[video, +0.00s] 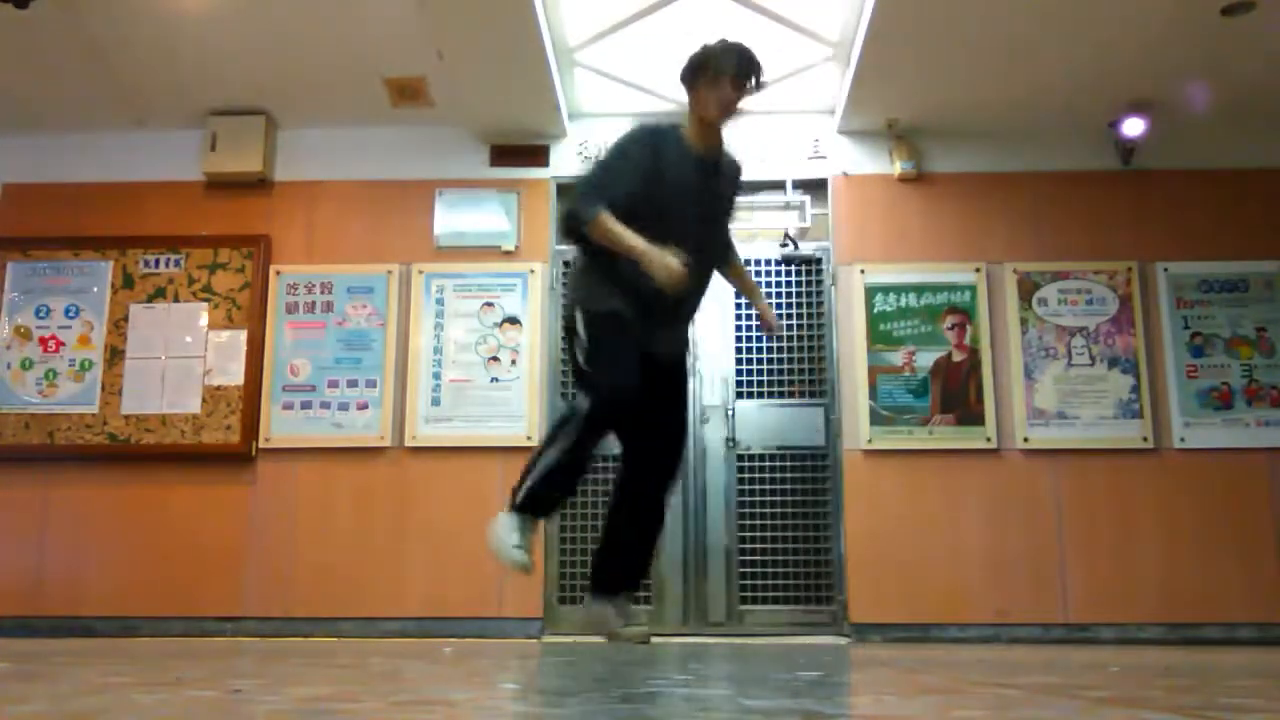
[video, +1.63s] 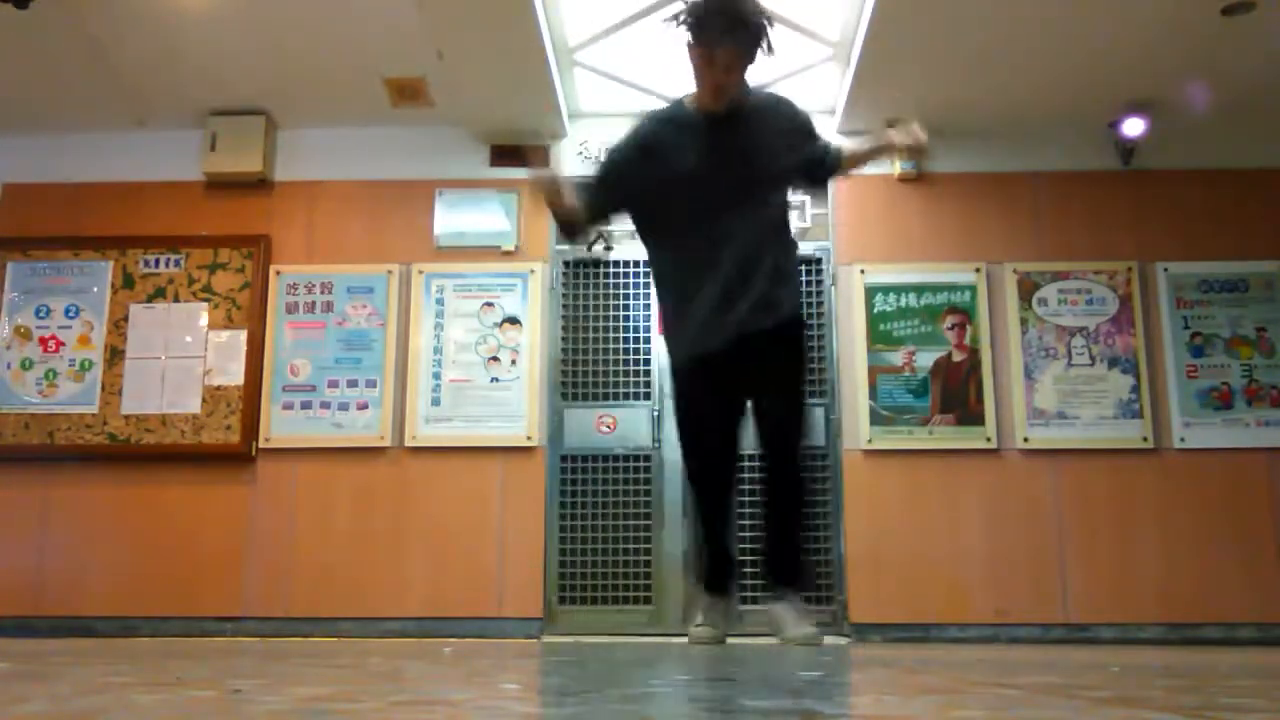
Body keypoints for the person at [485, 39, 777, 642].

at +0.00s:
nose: (730, 99)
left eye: (738, 89)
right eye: (721, 85)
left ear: (743, 97)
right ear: (693, 85)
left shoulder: (724, 171)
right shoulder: (647, 143)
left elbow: (715, 243)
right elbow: (583, 209)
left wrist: (757, 299)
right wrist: (647, 251)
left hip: (665, 322)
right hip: (607, 305)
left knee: (656, 454)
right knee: (611, 400)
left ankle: (609, 595)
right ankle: (521, 515)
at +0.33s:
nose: (656, 83)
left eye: (665, 69)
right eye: (644, 69)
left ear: (676, 69)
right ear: (620, 68)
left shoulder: (693, 152)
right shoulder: (576, 151)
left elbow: (714, 250)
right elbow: (523, 242)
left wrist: (713, 229)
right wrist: (555, 243)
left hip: (661, 340)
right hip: (585, 340)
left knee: (657, 475)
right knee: (587, 469)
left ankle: (575, 550)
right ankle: (567, 607)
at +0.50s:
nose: (640, 105)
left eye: (649, 92)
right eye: (629, 92)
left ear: (662, 79)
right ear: (606, 82)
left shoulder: (691, 130)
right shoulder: (575, 147)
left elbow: (719, 205)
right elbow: (520, 249)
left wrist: (738, 192)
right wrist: (531, 201)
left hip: (677, 320)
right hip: (601, 325)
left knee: (678, 451)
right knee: (593, 452)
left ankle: (633, 549)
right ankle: (569, 588)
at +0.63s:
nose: (651, 90)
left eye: (660, 77)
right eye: (637, 80)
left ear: (674, 59)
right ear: (615, 68)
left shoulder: (704, 90)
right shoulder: (590, 123)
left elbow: (730, 173)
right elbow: (548, 231)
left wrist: (752, 162)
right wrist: (539, 193)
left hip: (703, 282)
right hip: (629, 288)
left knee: (713, 417)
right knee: (627, 413)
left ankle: (694, 563)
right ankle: (612, 564)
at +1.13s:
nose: (718, 92)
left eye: (731, 80)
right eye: (713, 76)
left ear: (745, 73)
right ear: (690, 56)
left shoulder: (755, 128)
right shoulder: (629, 104)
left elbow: (817, 190)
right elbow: (546, 136)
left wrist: (856, 140)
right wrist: (515, 100)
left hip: (693, 304)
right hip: (615, 295)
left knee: (687, 435)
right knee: (624, 426)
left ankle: (656, 573)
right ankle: (612, 572)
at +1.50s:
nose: (721, 70)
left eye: (733, 55)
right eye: (712, 55)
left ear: (745, 49)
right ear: (687, 44)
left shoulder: (764, 103)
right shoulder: (637, 118)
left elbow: (819, 156)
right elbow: (561, 170)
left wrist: (874, 129)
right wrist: (530, 121)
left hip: (753, 304)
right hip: (679, 310)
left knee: (744, 439)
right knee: (685, 436)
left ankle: (718, 574)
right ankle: (669, 568)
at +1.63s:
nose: (721, 74)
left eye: (734, 60)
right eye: (710, 57)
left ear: (752, 55)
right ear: (691, 52)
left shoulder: (775, 119)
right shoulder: (654, 139)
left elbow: (821, 166)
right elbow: (584, 216)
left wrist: (883, 145)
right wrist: (556, 193)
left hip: (776, 320)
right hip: (696, 329)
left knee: (784, 458)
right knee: (709, 467)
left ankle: (786, 596)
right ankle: (715, 597)